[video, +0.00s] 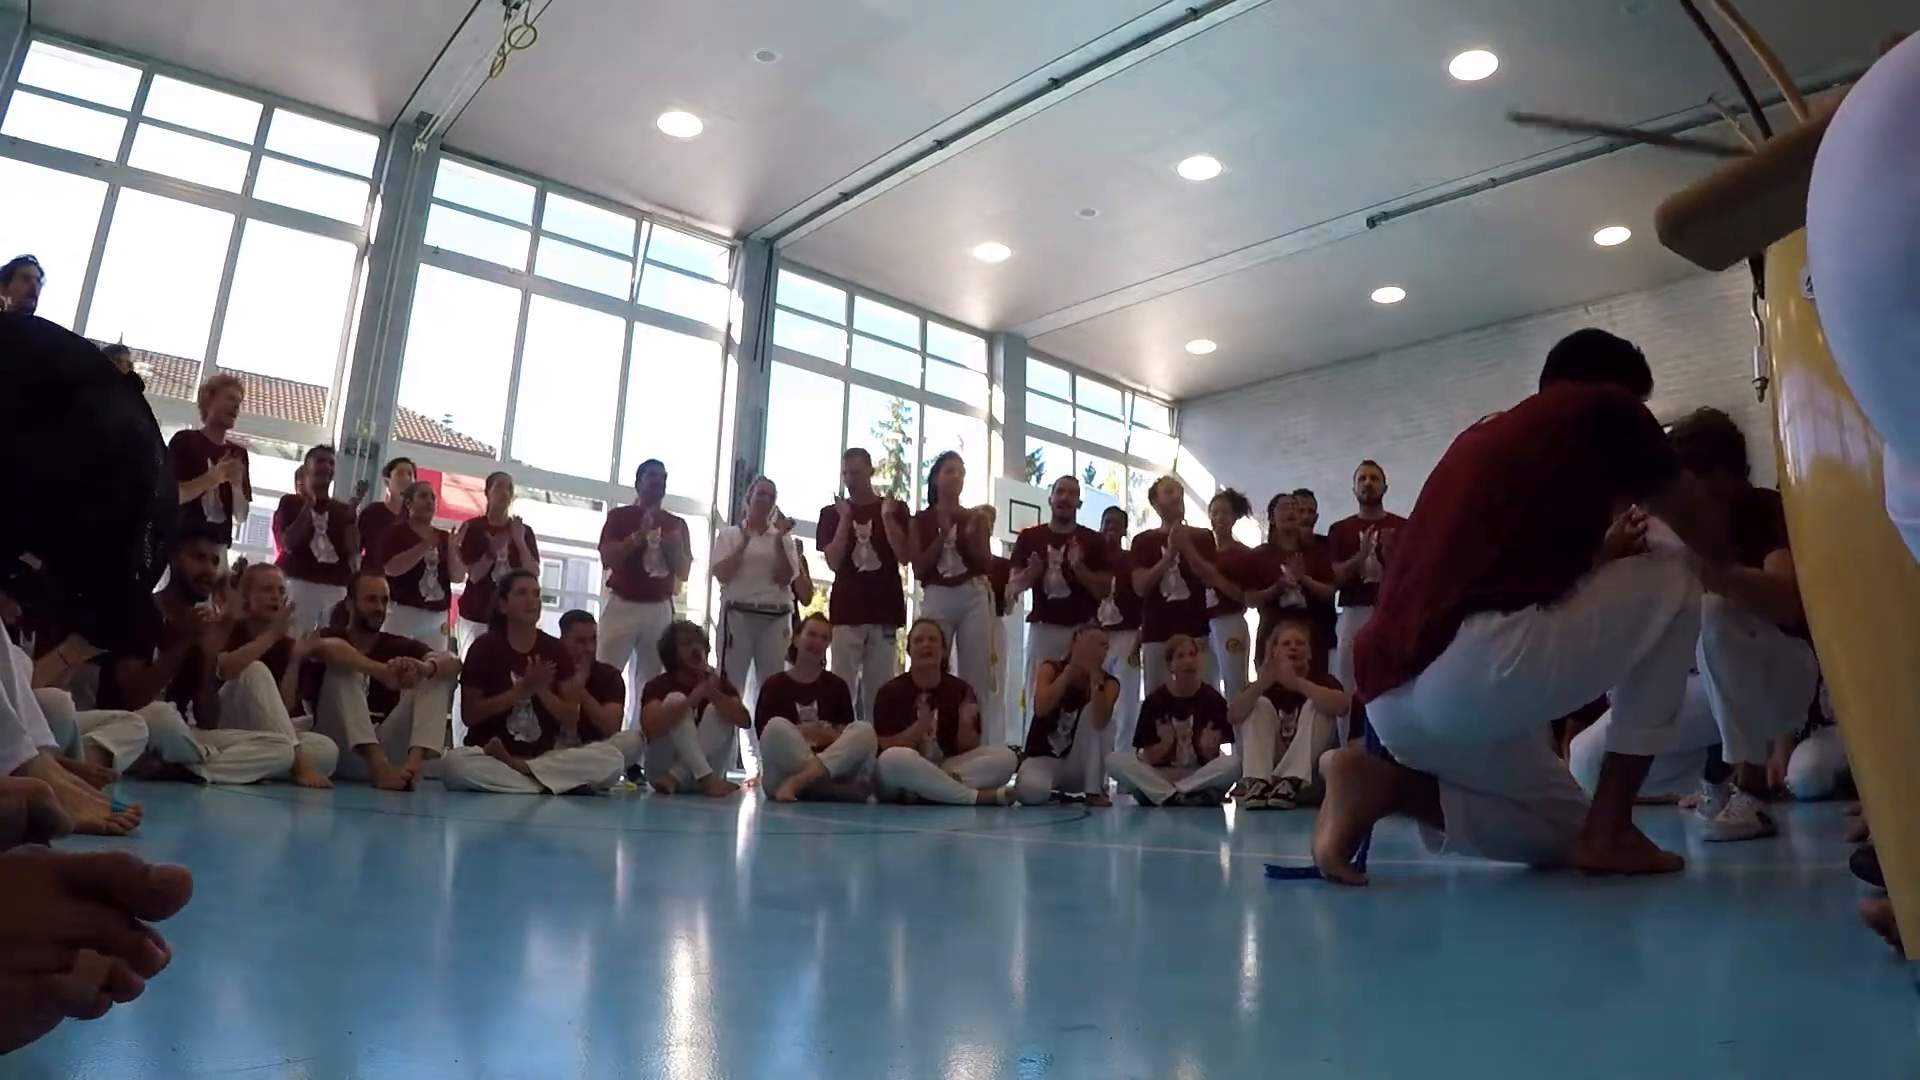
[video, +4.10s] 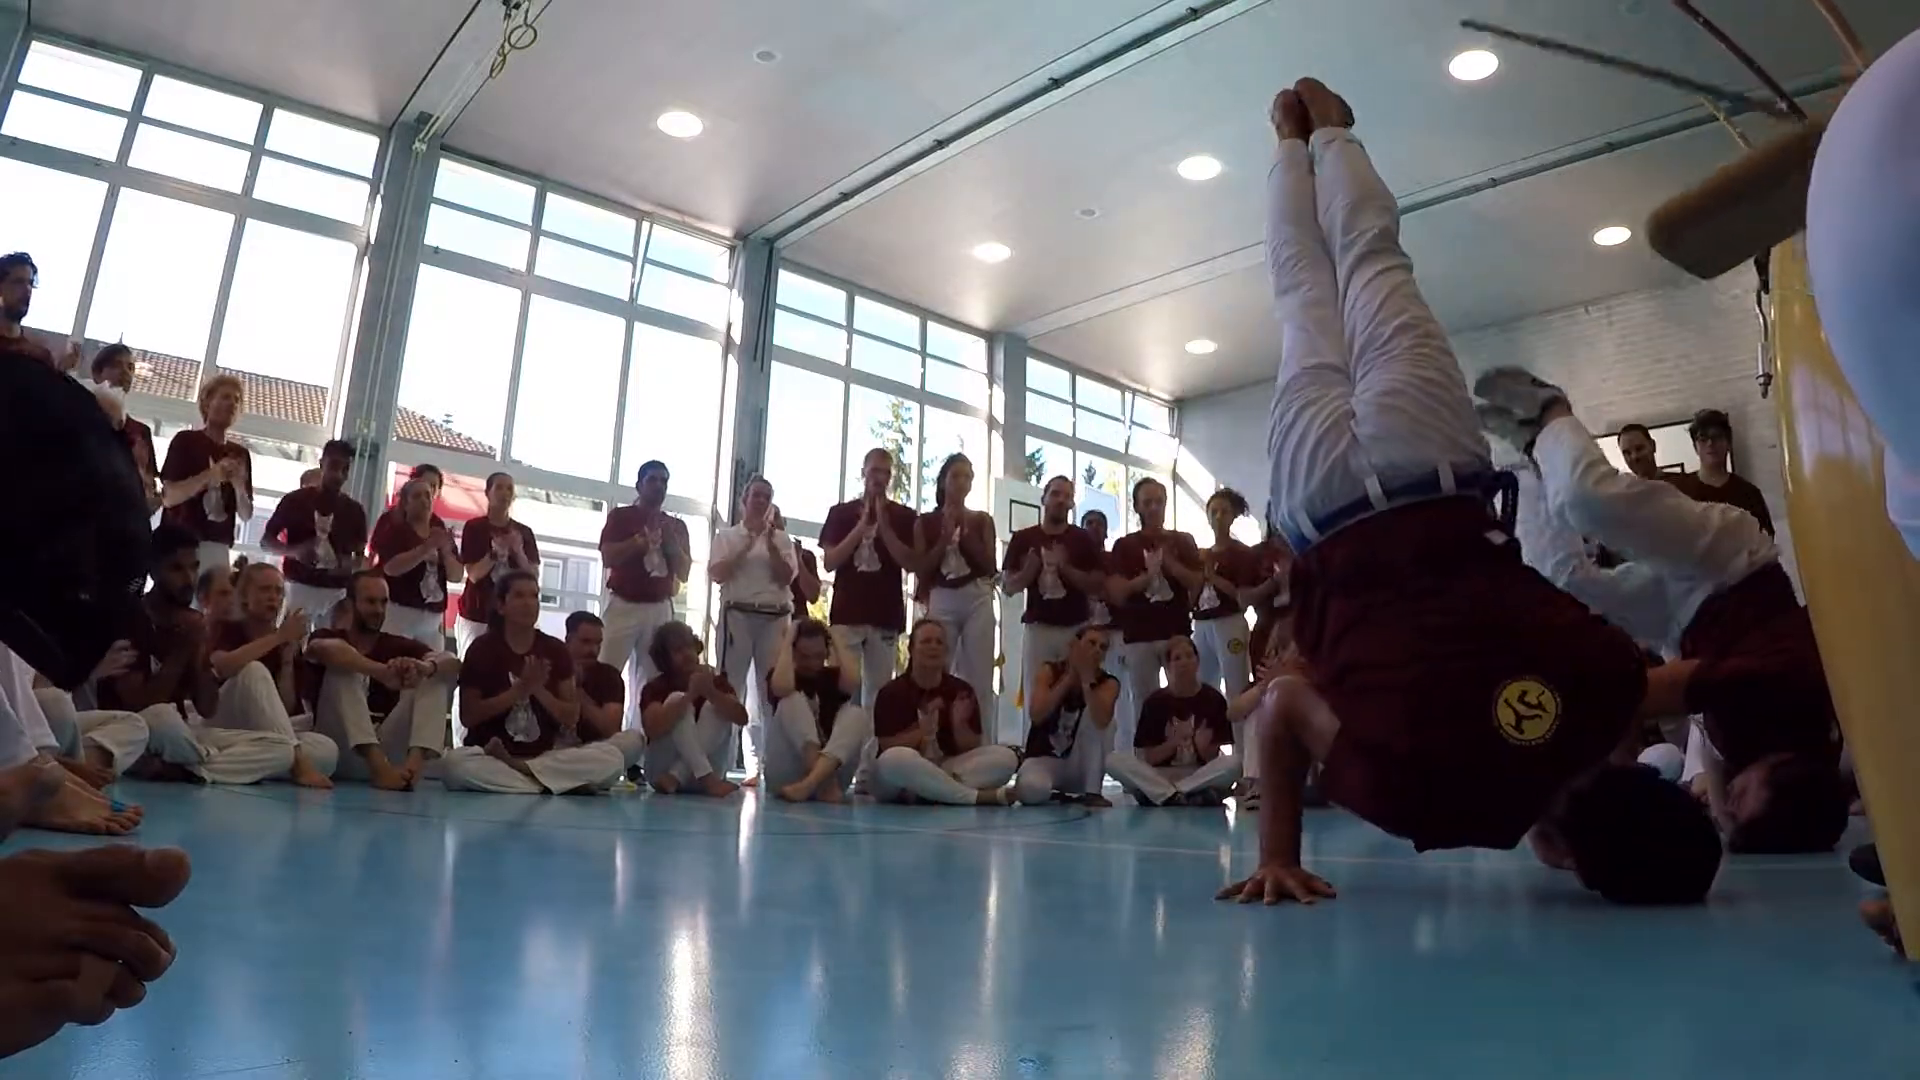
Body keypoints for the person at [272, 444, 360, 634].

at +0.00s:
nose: (326, 467)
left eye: (331, 463)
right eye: (321, 461)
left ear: (335, 471)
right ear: (306, 467)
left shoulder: (344, 510)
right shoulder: (290, 503)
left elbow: (353, 550)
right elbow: (289, 543)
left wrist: (352, 515)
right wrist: (308, 507)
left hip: (335, 587)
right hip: (299, 583)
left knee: (331, 651)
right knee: (293, 648)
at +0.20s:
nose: (329, 467)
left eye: (333, 463)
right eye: (323, 461)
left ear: (337, 472)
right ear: (309, 468)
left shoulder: (346, 510)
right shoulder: (290, 502)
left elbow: (353, 548)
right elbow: (286, 540)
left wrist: (356, 505)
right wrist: (308, 512)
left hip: (335, 587)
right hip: (299, 583)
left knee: (330, 653)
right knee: (290, 649)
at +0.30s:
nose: (333, 467)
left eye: (338, 464)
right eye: (328, 461)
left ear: (340, 472)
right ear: (313, 465)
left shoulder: (344, 508)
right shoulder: (291, 500)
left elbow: (350, 548)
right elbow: (284, 539)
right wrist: (304, 506)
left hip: (334, 586)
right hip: (298, 582)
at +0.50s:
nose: (344, 469)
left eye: (348, 466)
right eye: (339, 461)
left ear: (348, 474)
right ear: (322, 463)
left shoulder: (349, 511)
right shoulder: (294, 496)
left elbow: (352, 553)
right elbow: (275, 541)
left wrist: (338, 534)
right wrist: (314, 533)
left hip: (334, 588)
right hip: (297, 583)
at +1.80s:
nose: (344, 466)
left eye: (350, 462)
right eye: (339, 458)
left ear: (352, 468)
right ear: (324, 461)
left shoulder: (356, 511)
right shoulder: (297, 498)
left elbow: (358, 555)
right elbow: (272, 541)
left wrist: (350, 561)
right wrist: (300, 548)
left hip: (335, 593)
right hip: (296, 588)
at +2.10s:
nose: (339, 466)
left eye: (344, 462)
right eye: (333, 459)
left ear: (348, 468)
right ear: (320, 462)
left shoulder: (353, 509)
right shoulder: (299, 497)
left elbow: (356, 557)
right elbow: (291, 541)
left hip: (335, 587)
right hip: (299, 582)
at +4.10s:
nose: (339, 475)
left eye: (345, 469)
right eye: (333, 467)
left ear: (349, 473)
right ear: (321, 464)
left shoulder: (354, 510)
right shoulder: (294, 501)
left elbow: (359, 557)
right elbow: (266, 542)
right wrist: (294, 551)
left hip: (337, 592)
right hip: (300, 588)